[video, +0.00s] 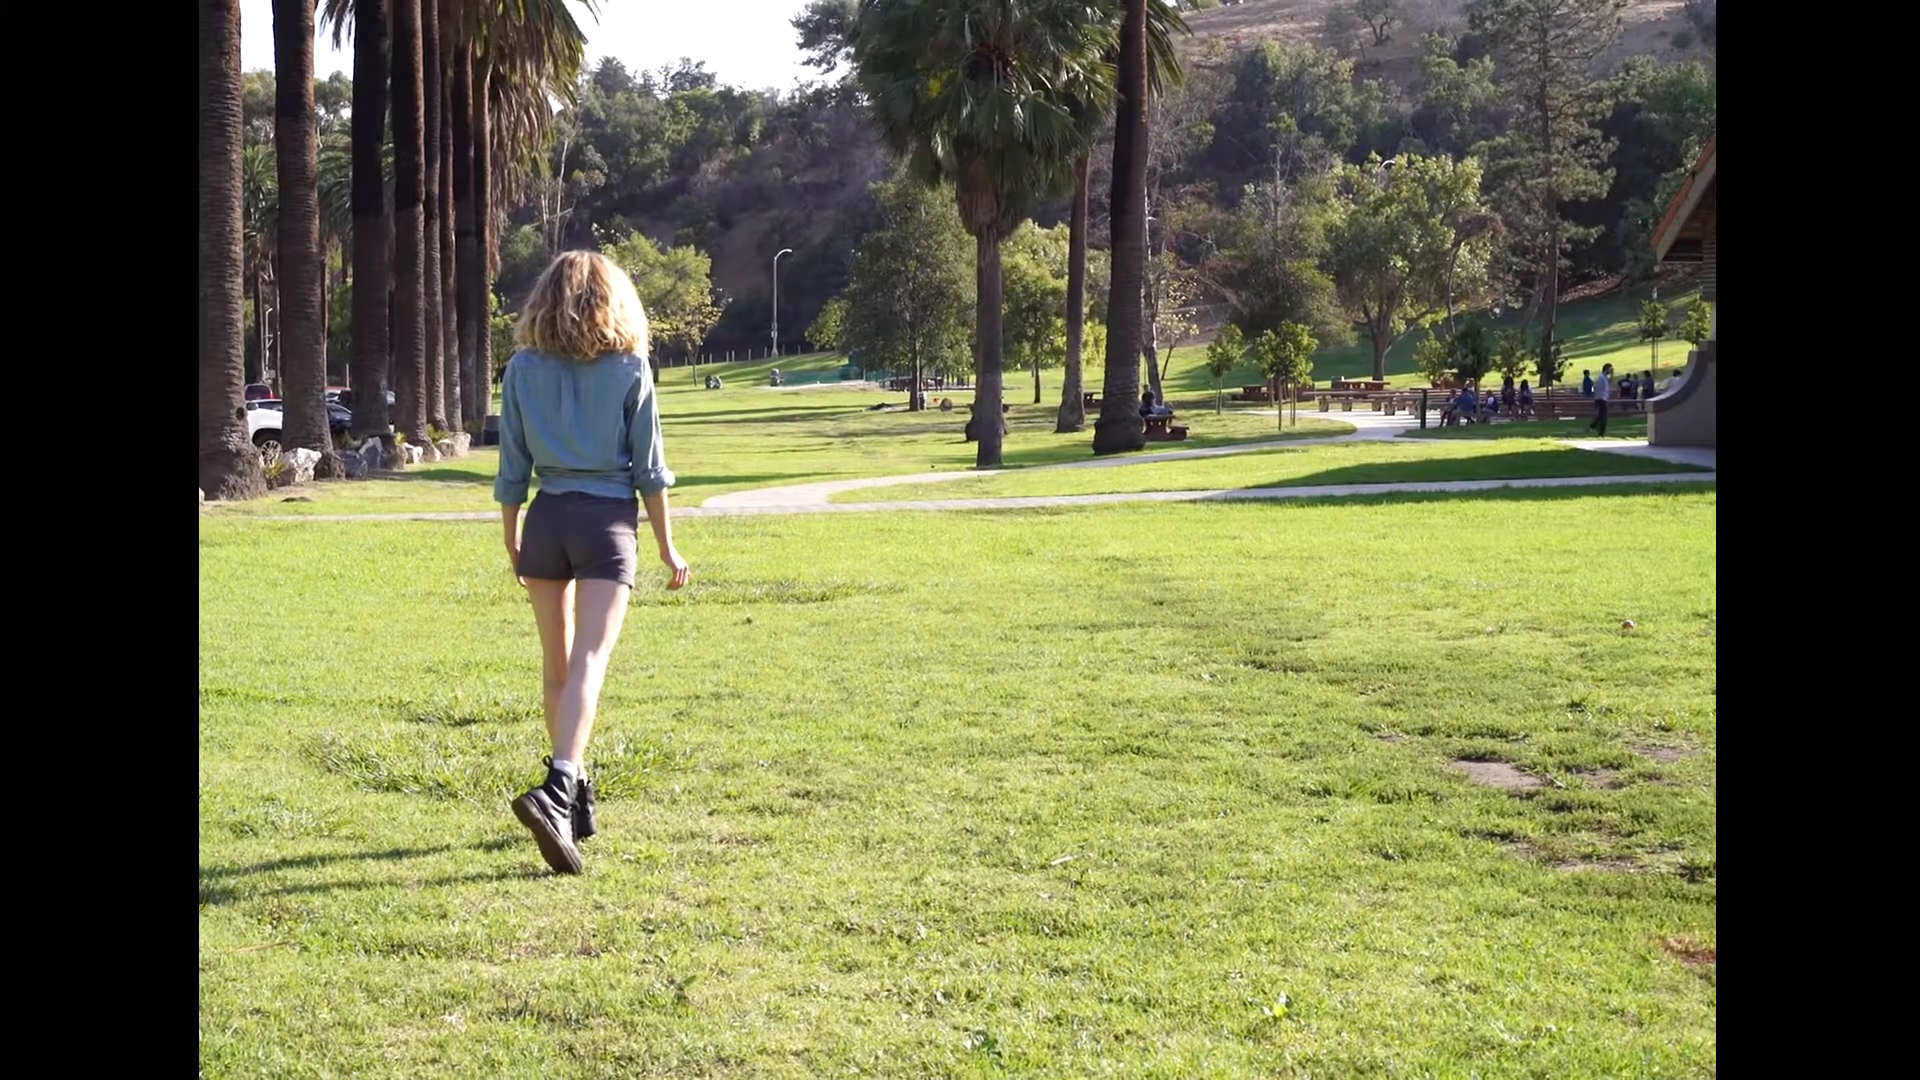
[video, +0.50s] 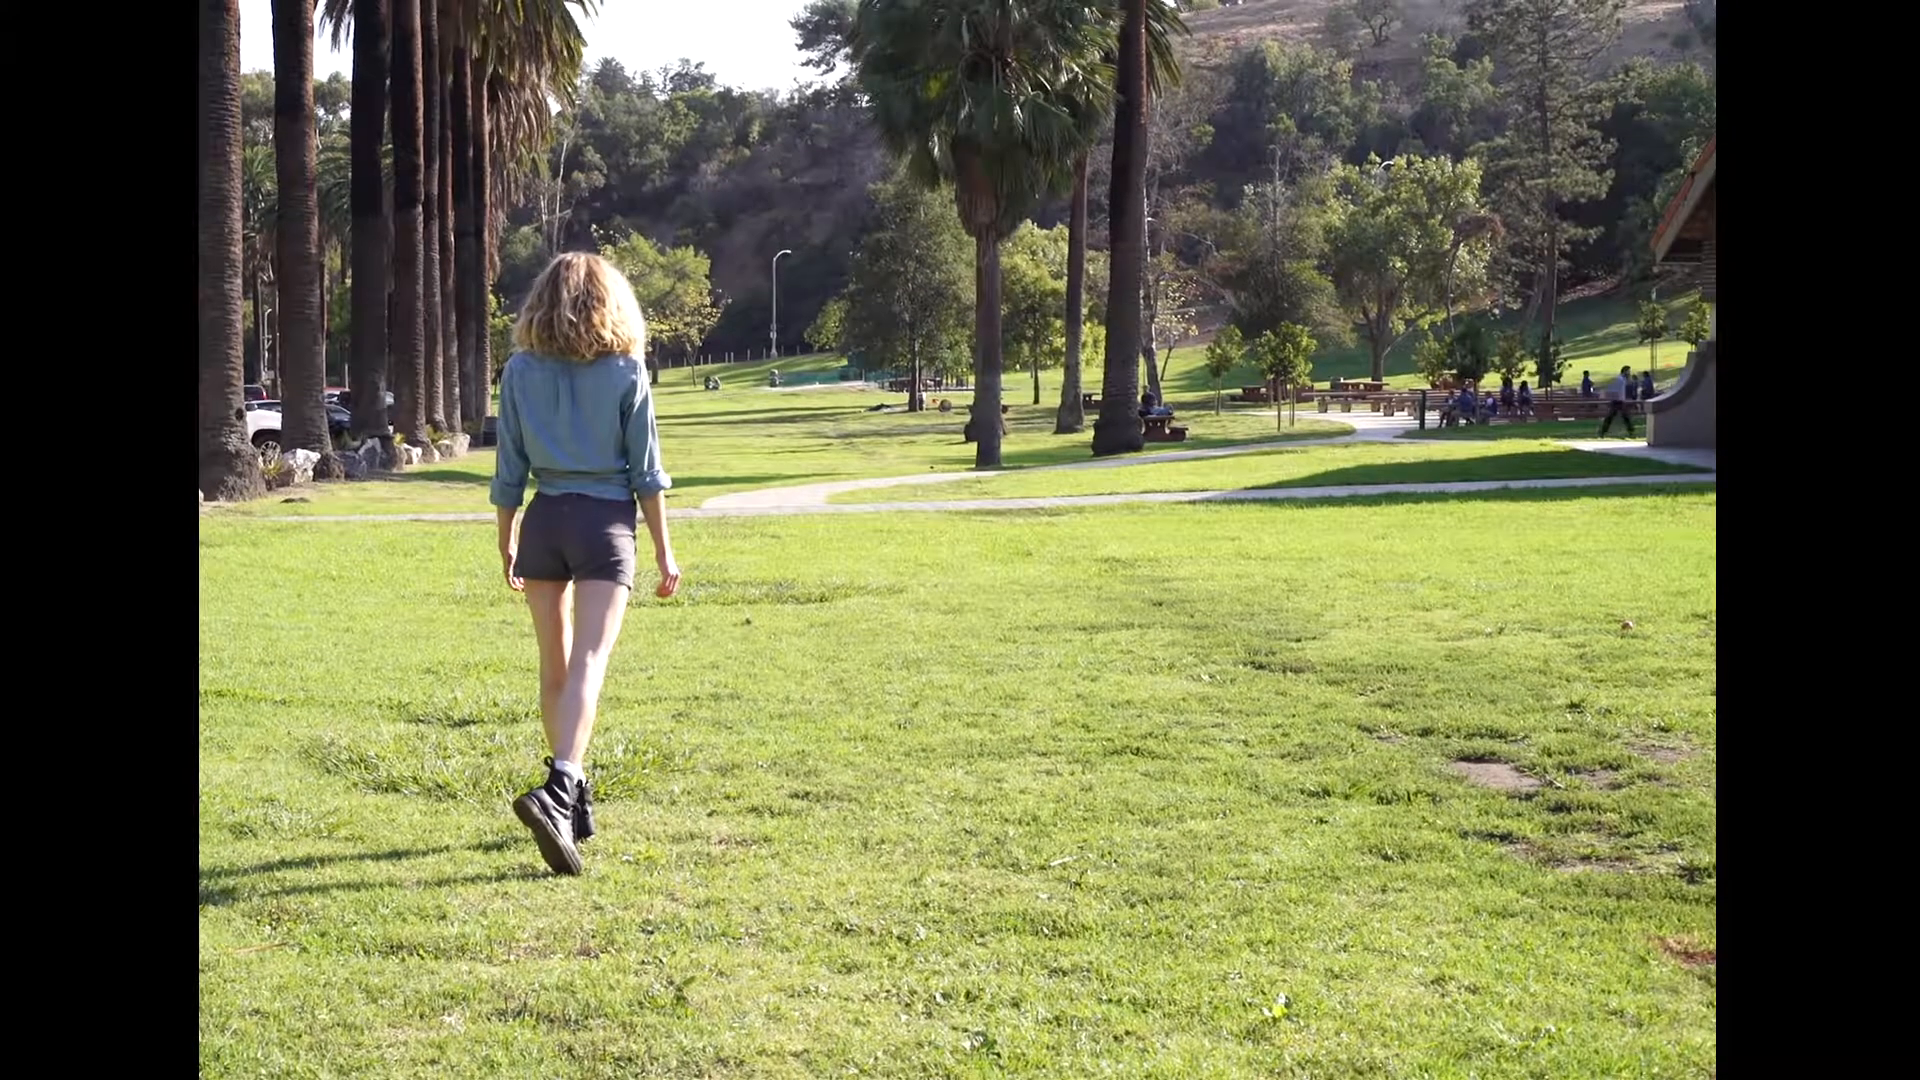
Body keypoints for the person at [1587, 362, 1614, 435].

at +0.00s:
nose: (1610, 371)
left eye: (1611, 369)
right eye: (1610, 369)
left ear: (1605, 369)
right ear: (1606, 369)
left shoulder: (1605, 378)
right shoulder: (1601, 378)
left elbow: (1610, 381)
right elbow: (1597, 389)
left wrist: (1612, 374)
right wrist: (1598, 398)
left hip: (1604, 399)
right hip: (1601, 399)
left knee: (1602, 416)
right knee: (1603, 416)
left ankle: (1592, 426)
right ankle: (1601, 433)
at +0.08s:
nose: (1613, 371)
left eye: (1613, 369)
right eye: (1612, 369)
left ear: (1608, 369)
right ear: (1608, 369)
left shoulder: (1608, 377)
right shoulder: (1603, 378)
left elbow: (1612, 381)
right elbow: (1602, 388)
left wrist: (1614, 373)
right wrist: (1601, 397)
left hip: (1607, 399)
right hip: (1603, 399)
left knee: (1604, 416)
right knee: (1604, 417)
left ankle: (1601, 432)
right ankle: (1601, 433)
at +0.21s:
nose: (1617, 371)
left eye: (1617, 369)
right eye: (1616, 369)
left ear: (1612, 369)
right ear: (1613, 369)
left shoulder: (1612, 378)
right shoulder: (1607, 378)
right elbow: (1605, 390)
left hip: (1610, 399)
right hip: (1606, 400)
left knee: (1605, 417)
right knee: (1613, 415)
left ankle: (1601, 433)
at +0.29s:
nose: (1620, 371)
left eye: (1620, 369)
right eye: (1619, 369)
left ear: (1615, 370)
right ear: (1616, 370)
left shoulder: (1615, 379)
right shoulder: (1610, 378)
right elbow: (1607, 389)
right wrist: (1609, 398)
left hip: (1614, 400)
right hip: (1609, 400)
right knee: (1606, 417)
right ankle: (1601, 433)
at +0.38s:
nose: (1624, 372)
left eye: (1623, 370)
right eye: (1622, 370)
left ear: (1618, 371)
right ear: (1619, 371)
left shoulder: (1618, 379)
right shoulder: (1614, 379)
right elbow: (1611, 390)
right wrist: (1612, 399)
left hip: (1616, 400)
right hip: (1612, 401)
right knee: (1606, 417)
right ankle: (1601, 433)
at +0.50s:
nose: (1629, 373)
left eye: (1629, 371)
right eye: (1628, 371)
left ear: (1623, 371)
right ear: (1625, 371)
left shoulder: (1622, 380)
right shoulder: (1621, 380)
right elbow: (1620, 391)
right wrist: (1622, 399)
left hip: (1617, 400)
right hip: (1619, 400)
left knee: (1610, 416)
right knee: (1625, 416)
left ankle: (1602, 432)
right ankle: (1631, 432)